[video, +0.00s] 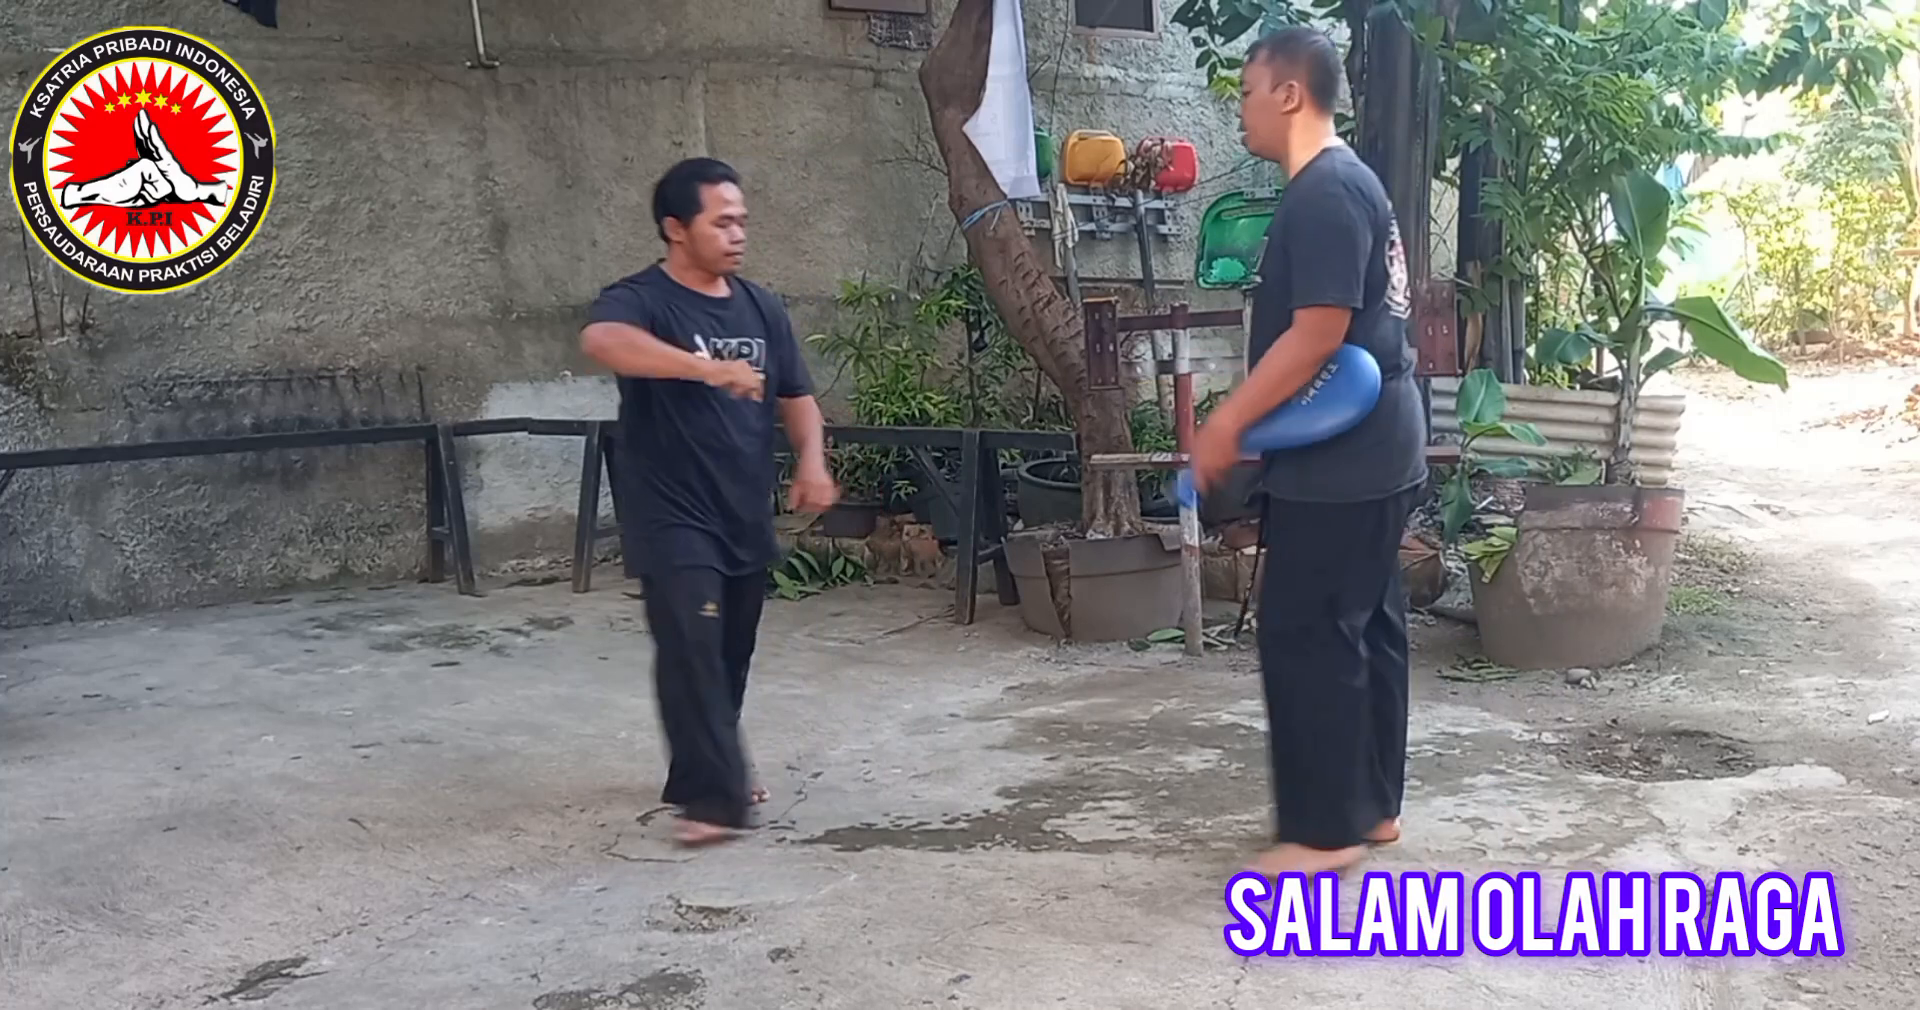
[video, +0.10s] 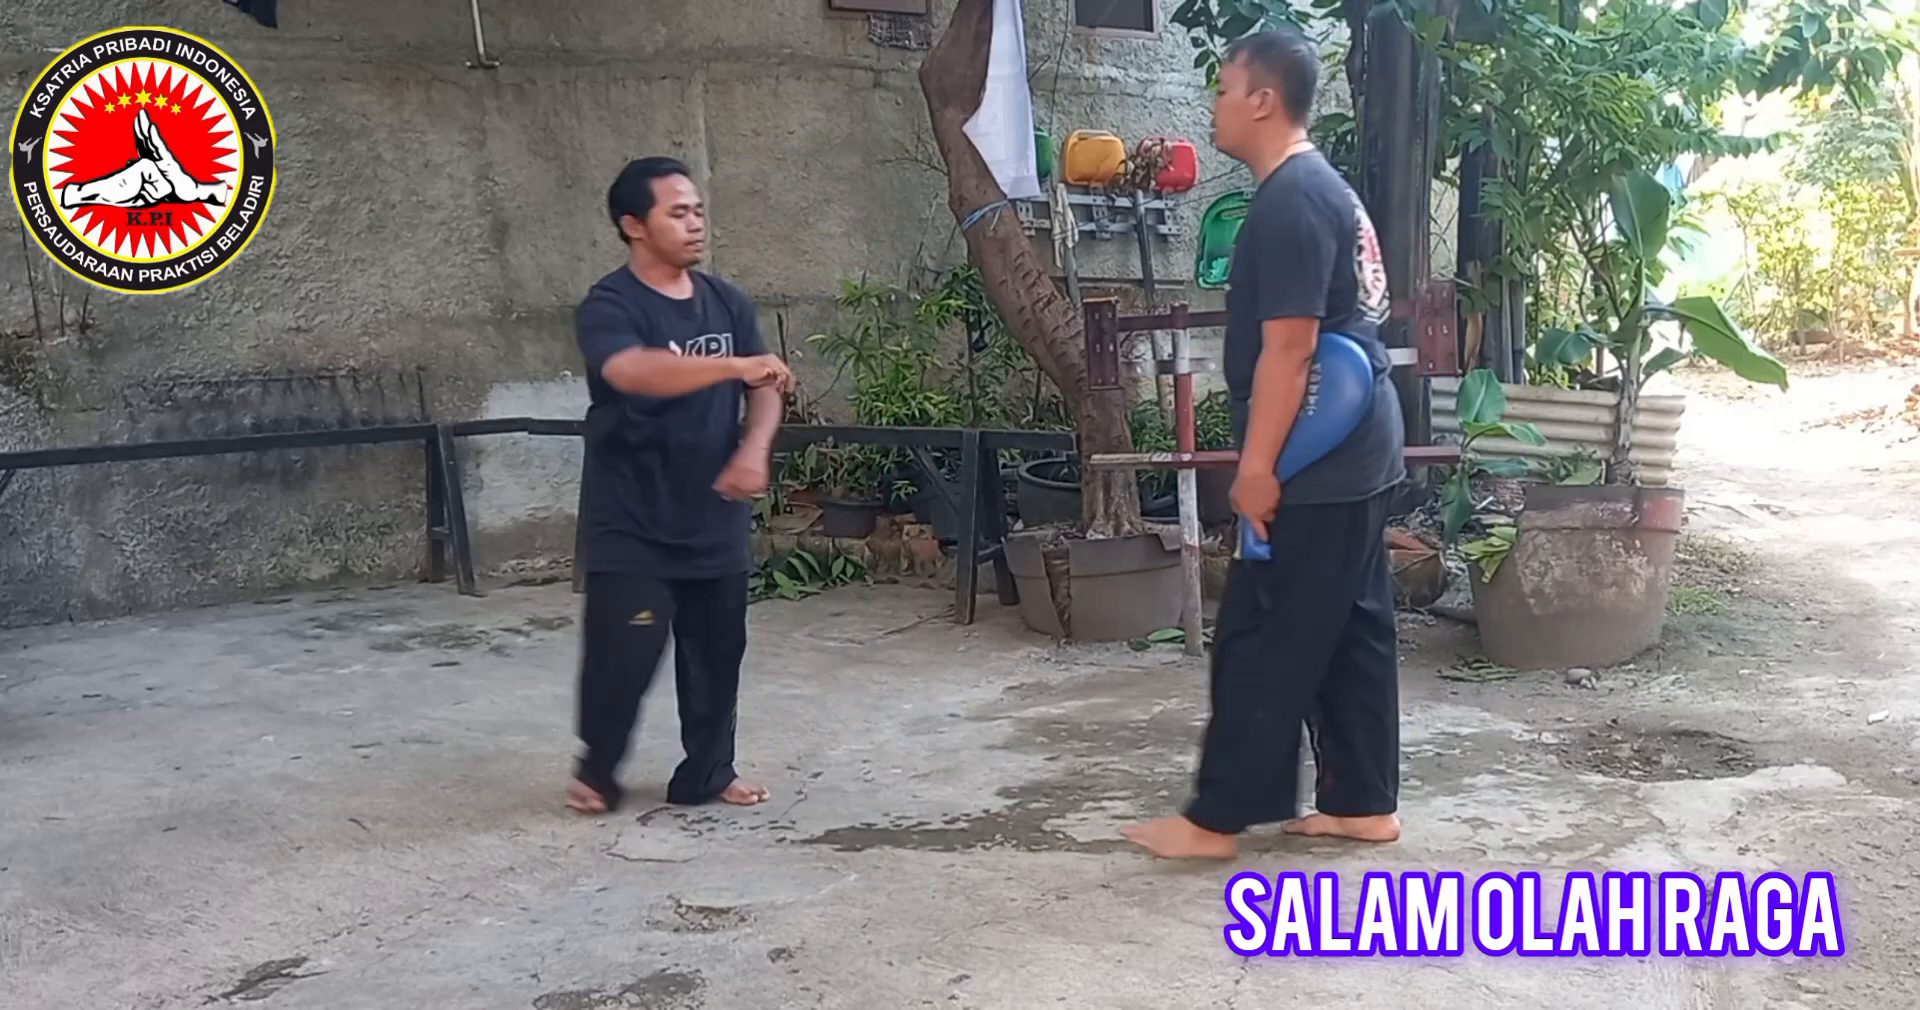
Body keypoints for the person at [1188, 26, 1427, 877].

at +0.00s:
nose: (1241, 111)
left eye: (1247, 93)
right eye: (1243, 94)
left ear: (1288, 92)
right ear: (1307, 95)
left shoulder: (1322, 189)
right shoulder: (1350, 178)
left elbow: (1319, 331)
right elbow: (1341, 330)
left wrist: (1227, 421)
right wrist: (1245, 418)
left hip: (1335, 461)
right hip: (1375, 455)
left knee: (1305, 635)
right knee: (1369, 628)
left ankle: (1322, 836)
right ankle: (1373, 807)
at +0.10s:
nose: (1213, 107)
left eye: (1223, 91)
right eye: (1218, 90)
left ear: (1264, 100)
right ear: (1280, 102)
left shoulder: (1290, 198)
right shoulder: (1321, 187)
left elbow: (1290, 346)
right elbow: (1330, 337)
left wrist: (1257, 465)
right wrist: (1282, 451)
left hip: (1312, 463)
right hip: (1353, 458)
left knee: (1260, 636)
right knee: (1355, 637)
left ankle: (1219, 819)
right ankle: (1364, 805)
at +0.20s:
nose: (1179, 113)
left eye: (1190, 98)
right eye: (1184, 97)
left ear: (1230, 109)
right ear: (1247, 112)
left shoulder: (1257, 206)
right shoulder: (1289, 192)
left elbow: (1259, 351)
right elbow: (1300, 343)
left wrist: (1211, 470)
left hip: (1283, 476)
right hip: (1333, 467)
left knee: (1219, 643)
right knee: (1337, 640)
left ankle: (1164, 812)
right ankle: (1360, 805)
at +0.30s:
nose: (1152, 124)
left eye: (1161, 108)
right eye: (1156, 108)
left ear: (1200, 117)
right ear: (1216, 118)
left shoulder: (1229, 212)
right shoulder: (1266, 200)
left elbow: (1226, 363)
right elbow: (1267, 348)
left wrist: (1165, 481)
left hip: (1248, 482)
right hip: (1301, 473)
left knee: (1200, 657)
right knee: (1319, 644)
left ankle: (1161, 822)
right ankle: (1357, 802)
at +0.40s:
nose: (1106, 127)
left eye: (1115, 111)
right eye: (1110, 110)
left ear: (1153, 122)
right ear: (1177, 123)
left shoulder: (1177, 220)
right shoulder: (1222, 201)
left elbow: (1168, 370)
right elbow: (1233, 343)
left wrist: (1110, 479)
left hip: (1204, 473)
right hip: (1258, 463)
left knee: (1172, 647)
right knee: (1263, 628)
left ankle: (1165, 819)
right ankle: (1343, 782)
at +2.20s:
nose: (1022, 208)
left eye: (1023, 191)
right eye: (1017, 195)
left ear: (1065, 177)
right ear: (1065, 178)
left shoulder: (1161, 244)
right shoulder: (1075, 267)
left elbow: (1199, 380)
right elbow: (1086, 384)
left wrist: (1137, 479)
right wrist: (1062, 475)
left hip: (1217, 483)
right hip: (1129, 488)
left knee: (1279, 641)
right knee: (1113, 640)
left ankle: (1358, 805)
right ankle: (1104, 784)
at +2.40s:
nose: (1020, 206)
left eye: (1022, 189)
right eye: (1017, 192)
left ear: (1065, 176)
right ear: (1066, 177)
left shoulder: (1160, 248)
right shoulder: (1074, 265)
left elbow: (1194, 384)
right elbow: (1085, 385)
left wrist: (1135, 485)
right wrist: (1058, 479)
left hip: (1213, 483)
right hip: (1128, 487)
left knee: (1277, 643)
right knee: (1111, 642)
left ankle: (1358, 805)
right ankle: (1102, 785)